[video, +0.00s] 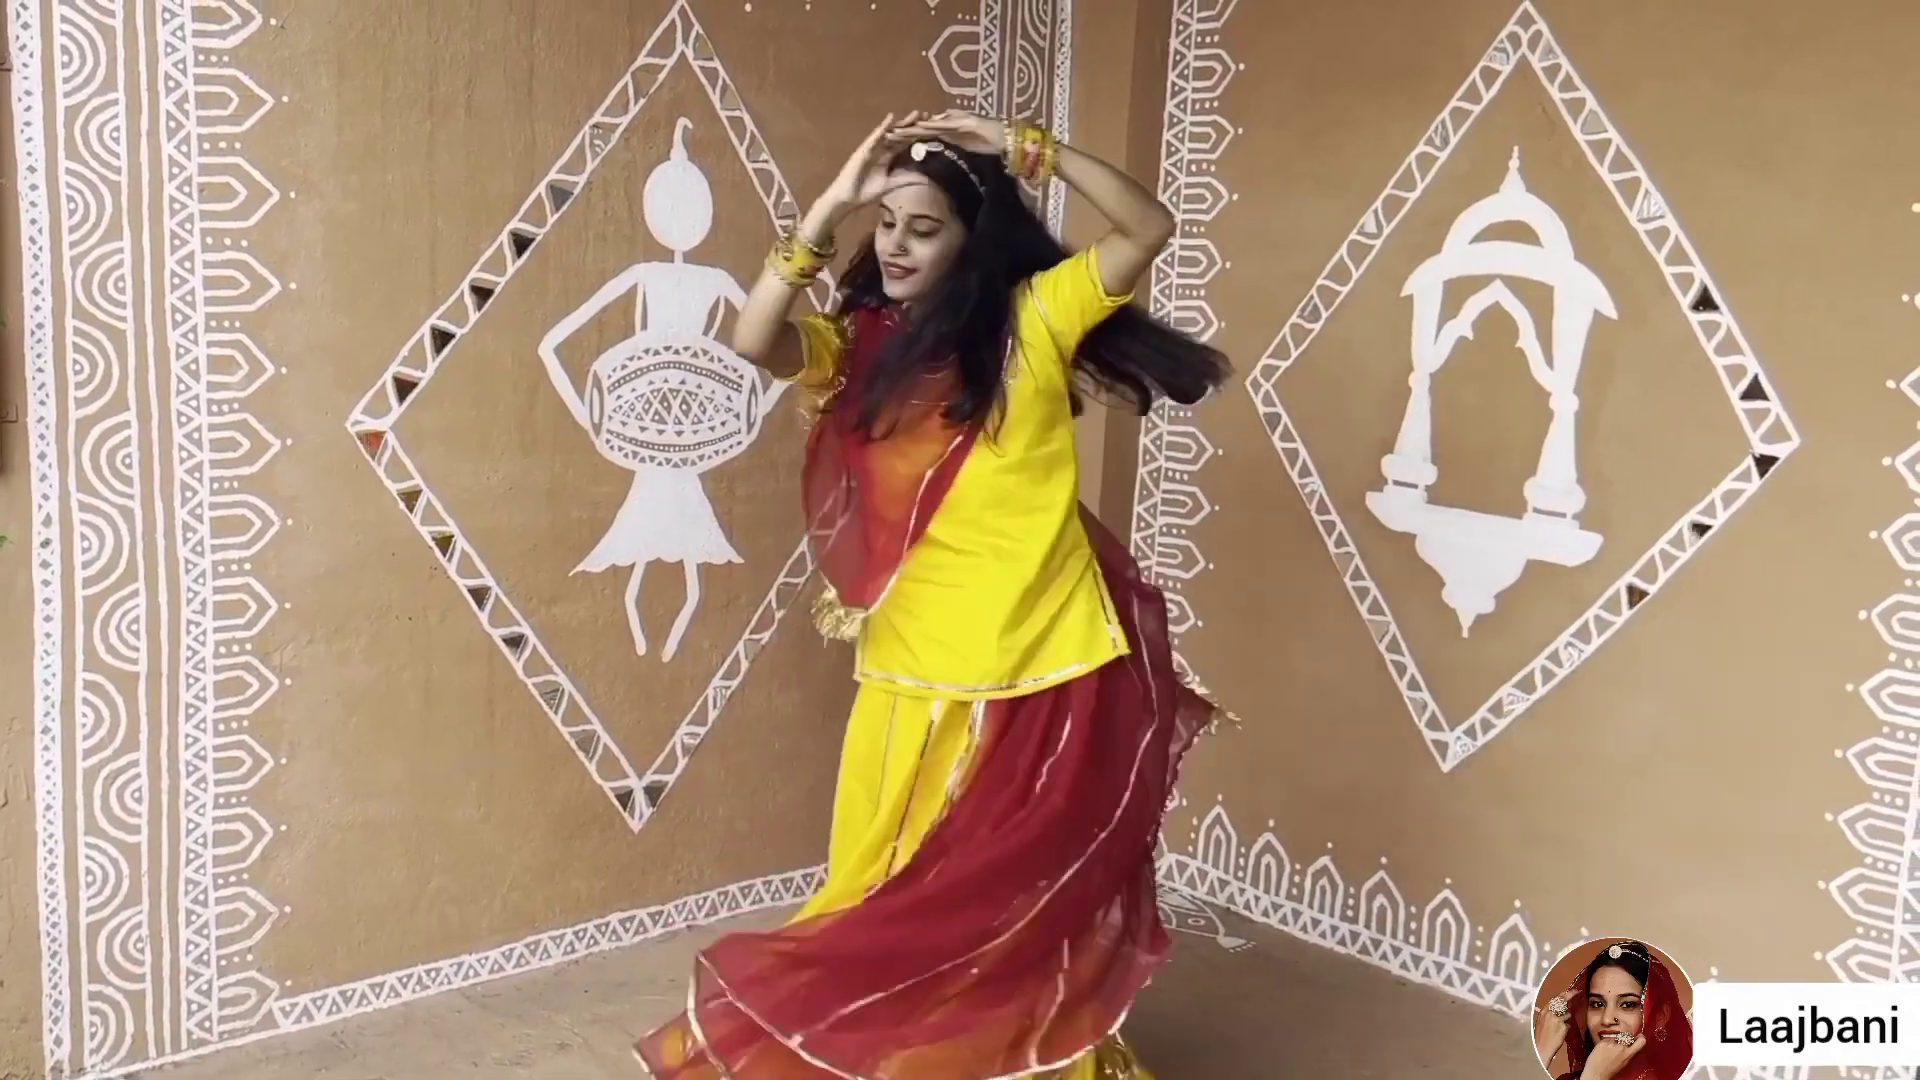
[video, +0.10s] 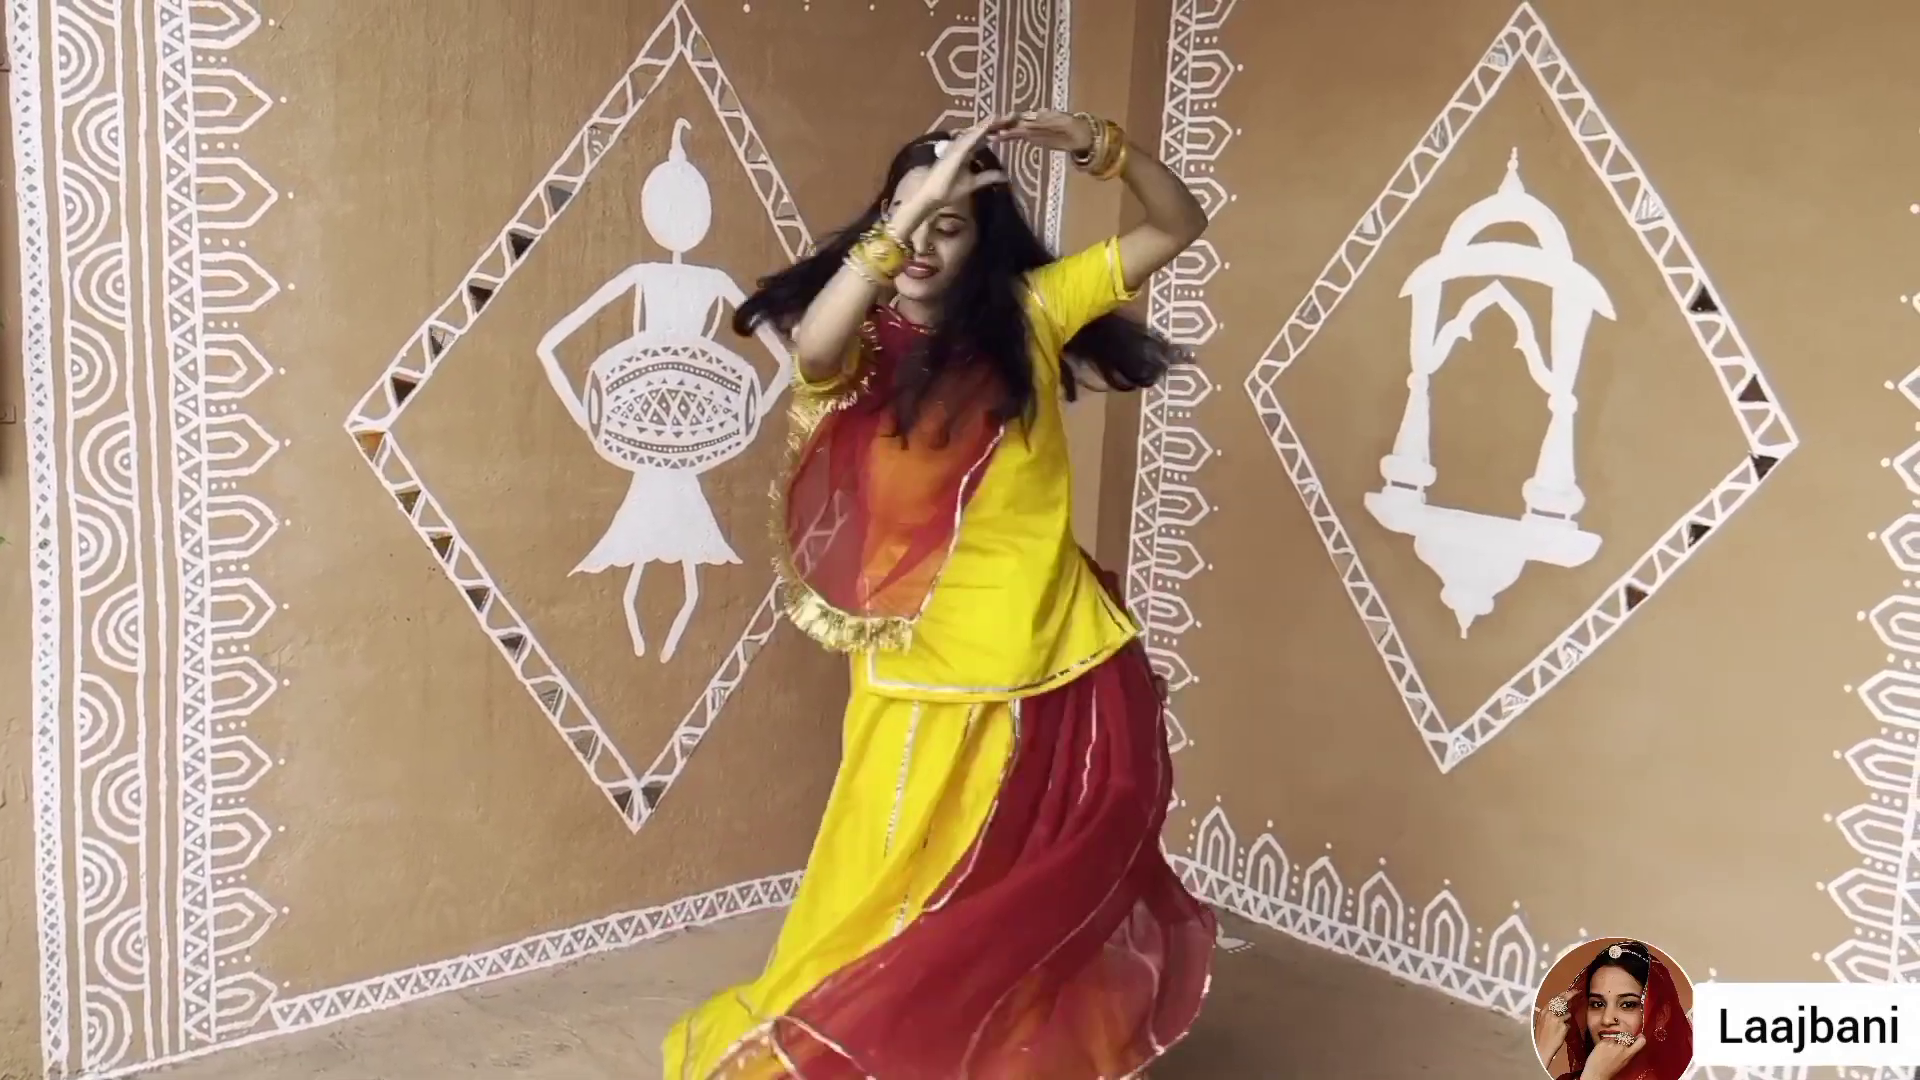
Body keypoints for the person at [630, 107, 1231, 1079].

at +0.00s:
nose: (895, 245)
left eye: (922, 228)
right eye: (885, 223)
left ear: (975, 237)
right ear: (872, 227)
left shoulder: (1032, 323)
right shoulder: (857, 341)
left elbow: (1142, 228)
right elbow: (754, 338)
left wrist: (1020, 143)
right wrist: (834, 205)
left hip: (1045, 662)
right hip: (909, 663)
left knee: (1027, 906)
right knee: (871, 888)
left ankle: (1046, 1061)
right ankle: (870, 1056)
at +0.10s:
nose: (922, 245)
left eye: (949, 226)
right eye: (907, 223)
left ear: (986, 236)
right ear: (881, 233)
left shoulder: (1032, 314)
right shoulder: (853, 340)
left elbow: (1175, 226)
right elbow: (815, 351)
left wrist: (1120, 155)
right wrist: (899, 217)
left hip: (1055, 646)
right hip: (917, 659)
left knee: (1047, 883)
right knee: (886, 875)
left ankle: (1041, 1051)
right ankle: (824, 1048)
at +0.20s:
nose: (980, 247)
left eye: (997, 227)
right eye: (957, 223)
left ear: (1013, 234)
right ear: (904, 229)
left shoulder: (1007, 310)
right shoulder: (869, 353)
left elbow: (1138, 222)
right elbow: (973, 357)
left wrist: (1146, 149)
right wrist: (1077, 201)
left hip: (1041, 677)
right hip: (919, 691)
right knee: (895, 934)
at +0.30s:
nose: (1023, 255)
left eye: (1030, 234)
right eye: (999, 231)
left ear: (1033, 242)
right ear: (934, 238)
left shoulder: (986, 338)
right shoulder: (917, 365)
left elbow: (1059, 243)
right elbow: (1087, 363)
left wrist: (1119, 185)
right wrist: (1140, 225)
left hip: (1008, 674)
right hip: (923, 691)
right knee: (891, 935)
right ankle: (789, 1059)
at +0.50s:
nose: (1093, 252)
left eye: (1088, 231)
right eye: (1079, 233)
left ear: (981, 249)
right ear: (1039, 246)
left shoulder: (920, 353)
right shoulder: (1075, 387)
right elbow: (1228, 358)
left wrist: (957, 186)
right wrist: (1157, 229)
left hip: (897, 688)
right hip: (1003, 702)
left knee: (891, 923)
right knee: (1049, 927)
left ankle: (855, 1056)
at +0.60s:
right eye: (1091, 230)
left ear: (961, 233)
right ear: (1075, 252)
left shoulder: (922, 336)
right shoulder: (1093, 377)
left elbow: (835, 233)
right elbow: (1208, 343)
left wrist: (922, 168)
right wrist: (1122, 236)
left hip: (920, 669)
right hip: (1037, 684)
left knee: (902, 883)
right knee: (1044, 891)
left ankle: (882, 1055)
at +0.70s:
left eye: (980, 207)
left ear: (977, 227)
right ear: (1092, 235)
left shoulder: (929, 325)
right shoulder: (1131, 361)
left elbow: (784, 240)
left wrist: (846, 170)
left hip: (951, 656)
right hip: (1075, 665)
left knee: (940, 875)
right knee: (1069, 878)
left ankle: (919, 1046)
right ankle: (1086, 1047)